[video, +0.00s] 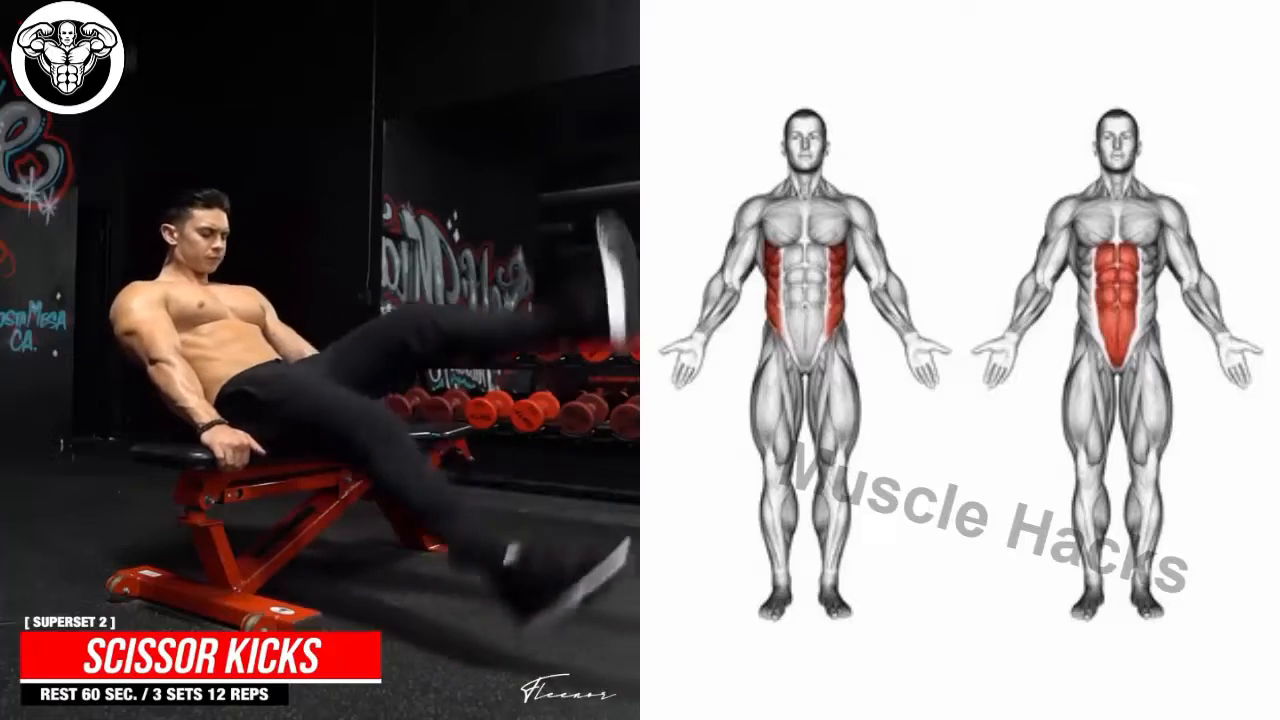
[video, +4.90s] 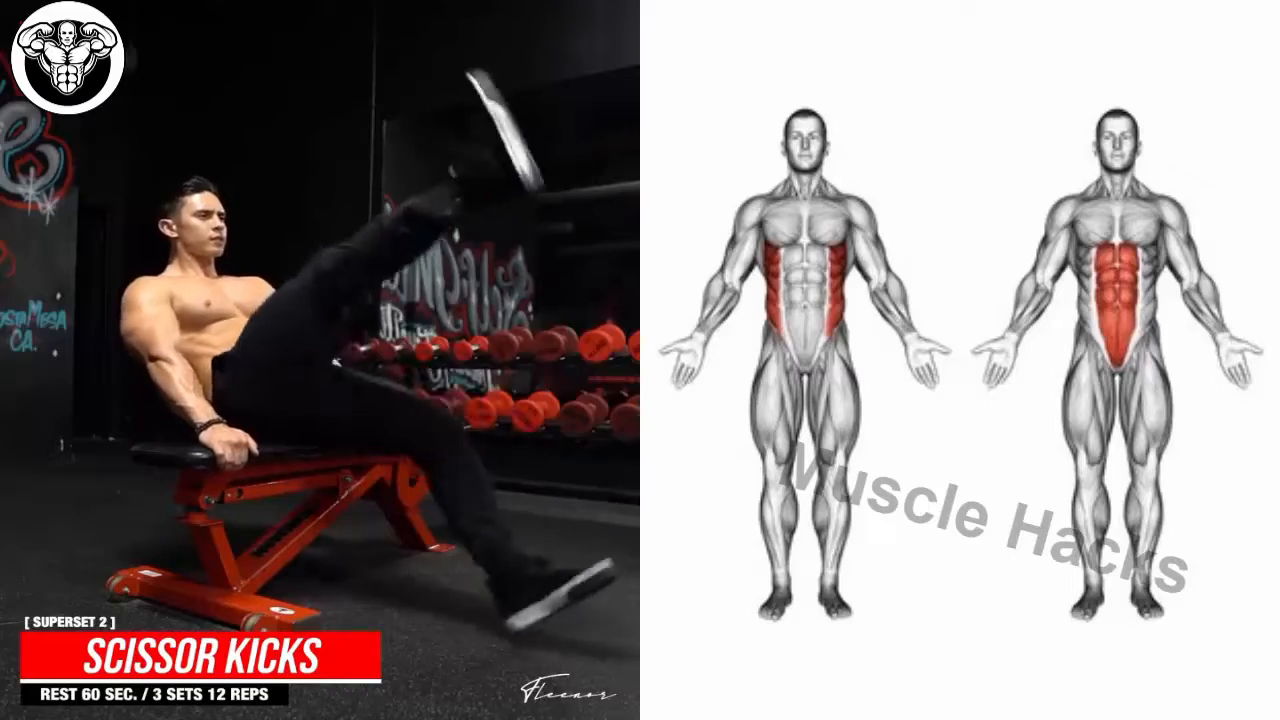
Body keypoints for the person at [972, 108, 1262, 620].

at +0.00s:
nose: (1116, 145)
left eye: (1124, 138)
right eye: (1108, 138)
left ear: (1137, 145)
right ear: (1096, 146)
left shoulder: (1164, 211)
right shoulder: (1070, 211)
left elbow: (1193, 282)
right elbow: (1041, 282)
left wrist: (1222, 335)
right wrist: (1012, 336)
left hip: (1144, 355)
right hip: (1089, 355)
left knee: (1145, 466)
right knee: (1088, 466)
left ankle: (1141, 581)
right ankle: (1092, 583)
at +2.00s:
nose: (1116, 145)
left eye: (1124, 138)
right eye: (1108, 138)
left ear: (1137, 145)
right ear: (1097, 145)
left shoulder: (1164, 211)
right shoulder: (1070, 211)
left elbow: (1193, 282)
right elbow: (1041, 281)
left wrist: (1222, 335)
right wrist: (1012, 336)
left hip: (1144, 355)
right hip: (1089, 354)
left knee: (1145, 465)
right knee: (1088, 466)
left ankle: (1141, 581)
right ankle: (1092, 583)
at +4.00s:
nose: (1116, 146)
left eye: (1124, 138)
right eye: (1109, 138)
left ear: (1137, 145)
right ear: (1097, 145)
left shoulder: (1164, 211)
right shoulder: (1070, 211)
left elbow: (1193, 282)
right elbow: (1041, 282)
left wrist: (1222, 335)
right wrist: (1012, 336)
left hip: (1144, 355)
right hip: (1089, 354)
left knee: (1145, 466)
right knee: (1088, 467)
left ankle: (1141, 581)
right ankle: (1092, 583)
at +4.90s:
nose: (1116, 146)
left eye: (1124, 138)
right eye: (1109, 138)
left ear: (1137, 145)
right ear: (1097, 145)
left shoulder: (1164, 211)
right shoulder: (1070, 211)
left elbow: (1193, 282)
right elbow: (1041, 282)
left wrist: (1222, 335)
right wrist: (1012, 336)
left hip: (1144, 355)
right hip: (1089, 355)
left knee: (1145, 466)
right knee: (1088, 466)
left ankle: (1141, 581)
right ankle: (1091, 582)